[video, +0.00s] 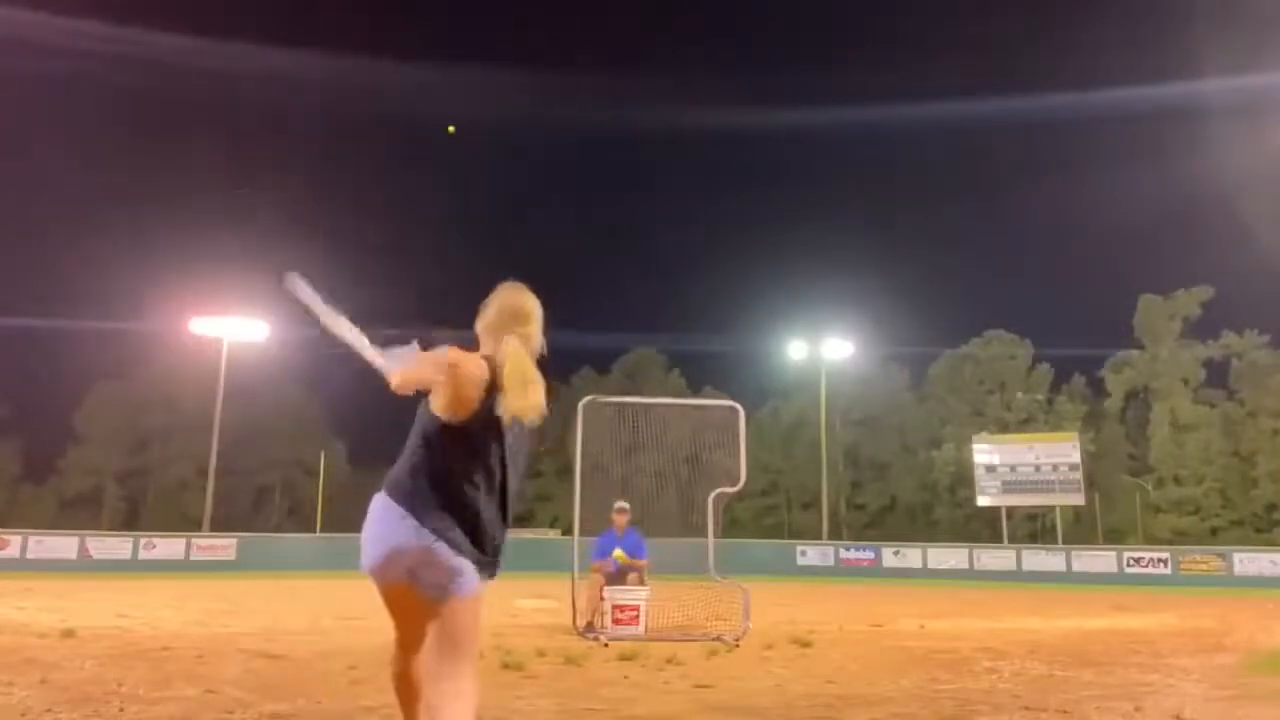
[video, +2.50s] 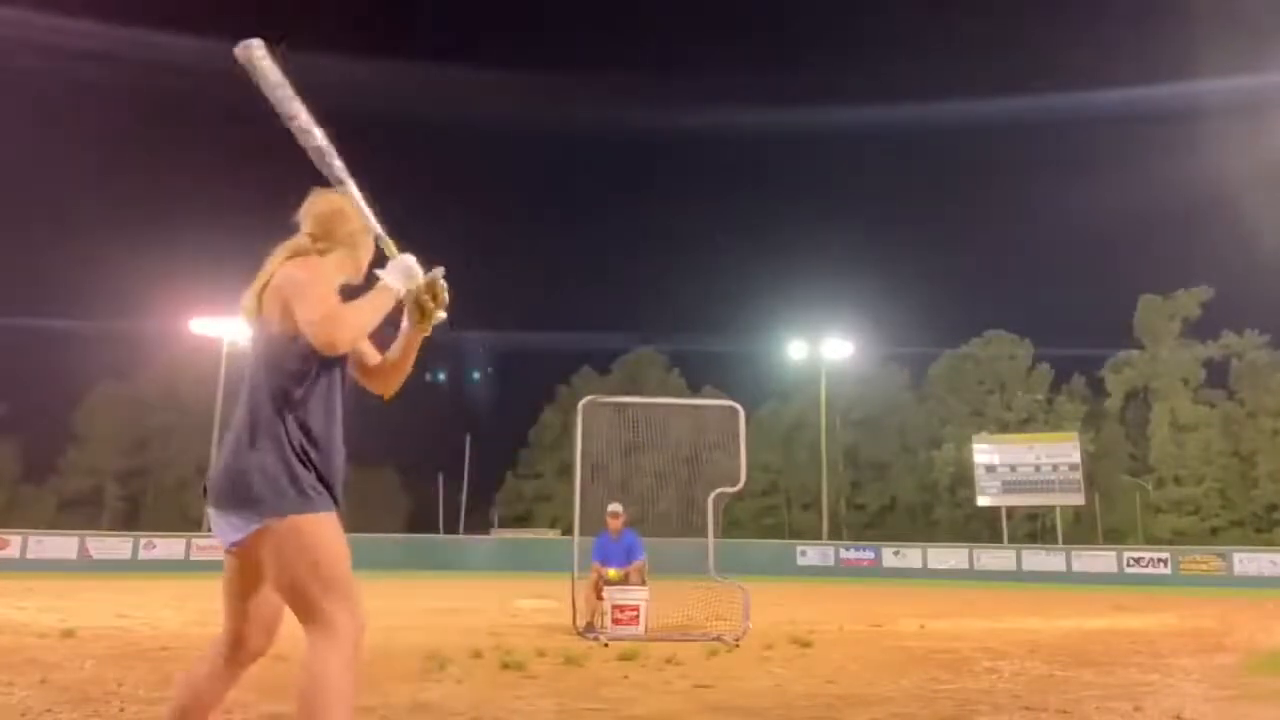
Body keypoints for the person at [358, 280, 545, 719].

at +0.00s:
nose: (539, 338)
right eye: (538, 329)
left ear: (482, 324)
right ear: (535, 335)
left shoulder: (456, 363)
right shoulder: (524, 385)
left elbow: (401, 379)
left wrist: (402, 360)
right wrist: (425, 359)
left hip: (395, 519)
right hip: (452, 540)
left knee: (410, 645)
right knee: (453, 671)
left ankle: (417, 716)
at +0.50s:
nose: (482, 297)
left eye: (478, 289)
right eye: (475, 289)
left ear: (433, 300)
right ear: (456, 300)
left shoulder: (425, 349)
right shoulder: (436, 354)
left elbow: (483, 412)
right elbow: (441, 444)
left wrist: (538, 436)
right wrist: (521, 448)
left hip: (375, 503)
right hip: (397, 506)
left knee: (416, 626)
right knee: (426, 627)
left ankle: (401, 709)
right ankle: (393, 711)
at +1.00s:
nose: (443, 235)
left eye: (438, 225)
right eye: (431, 225)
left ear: (413, 238)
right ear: (397, 236)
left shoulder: (447, 314)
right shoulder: (356, 296)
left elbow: (468, 383)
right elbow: (316, 381)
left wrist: (426, 333)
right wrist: (380, 322)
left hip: (387, 492)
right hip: (334, 487)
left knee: (360, 625)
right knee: (373, 625)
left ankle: (309, 709)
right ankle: (341, 712)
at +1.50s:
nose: (367, 263)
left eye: (366, 253)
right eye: (362, 251)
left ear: (321, 246)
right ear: (339, 248)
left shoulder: (333, 297)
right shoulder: (291, 278)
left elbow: (381, 381)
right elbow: (292, 370)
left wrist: (393, 330)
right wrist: (350, 313)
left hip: (259, 482)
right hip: (269, 483)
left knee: (238, 639)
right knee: (339, 617)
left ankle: (179, 712)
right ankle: (328, 712)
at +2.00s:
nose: (369, 254)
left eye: (370, 243)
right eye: (367, 242)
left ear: (311, 231)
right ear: (352, 236)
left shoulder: (294, 285)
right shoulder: (310, 274)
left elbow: (373, 386)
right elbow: (334, 342)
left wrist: (417, 342)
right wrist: (401, 300)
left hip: (249, 476)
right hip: (284, 477)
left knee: (243, 638)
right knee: (335, 624)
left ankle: (179, 713)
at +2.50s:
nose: (373, 256)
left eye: (374, 245)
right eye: (370, 244)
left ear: (318, 234)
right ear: (352, 237)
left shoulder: (321, 294)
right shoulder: (302, 271)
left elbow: (382, 380)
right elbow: (330, 333)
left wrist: (417, 325)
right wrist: (392, 286)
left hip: (251, 477)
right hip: (278, 477)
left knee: (243, 641)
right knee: (338, 626)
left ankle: (179, 714)